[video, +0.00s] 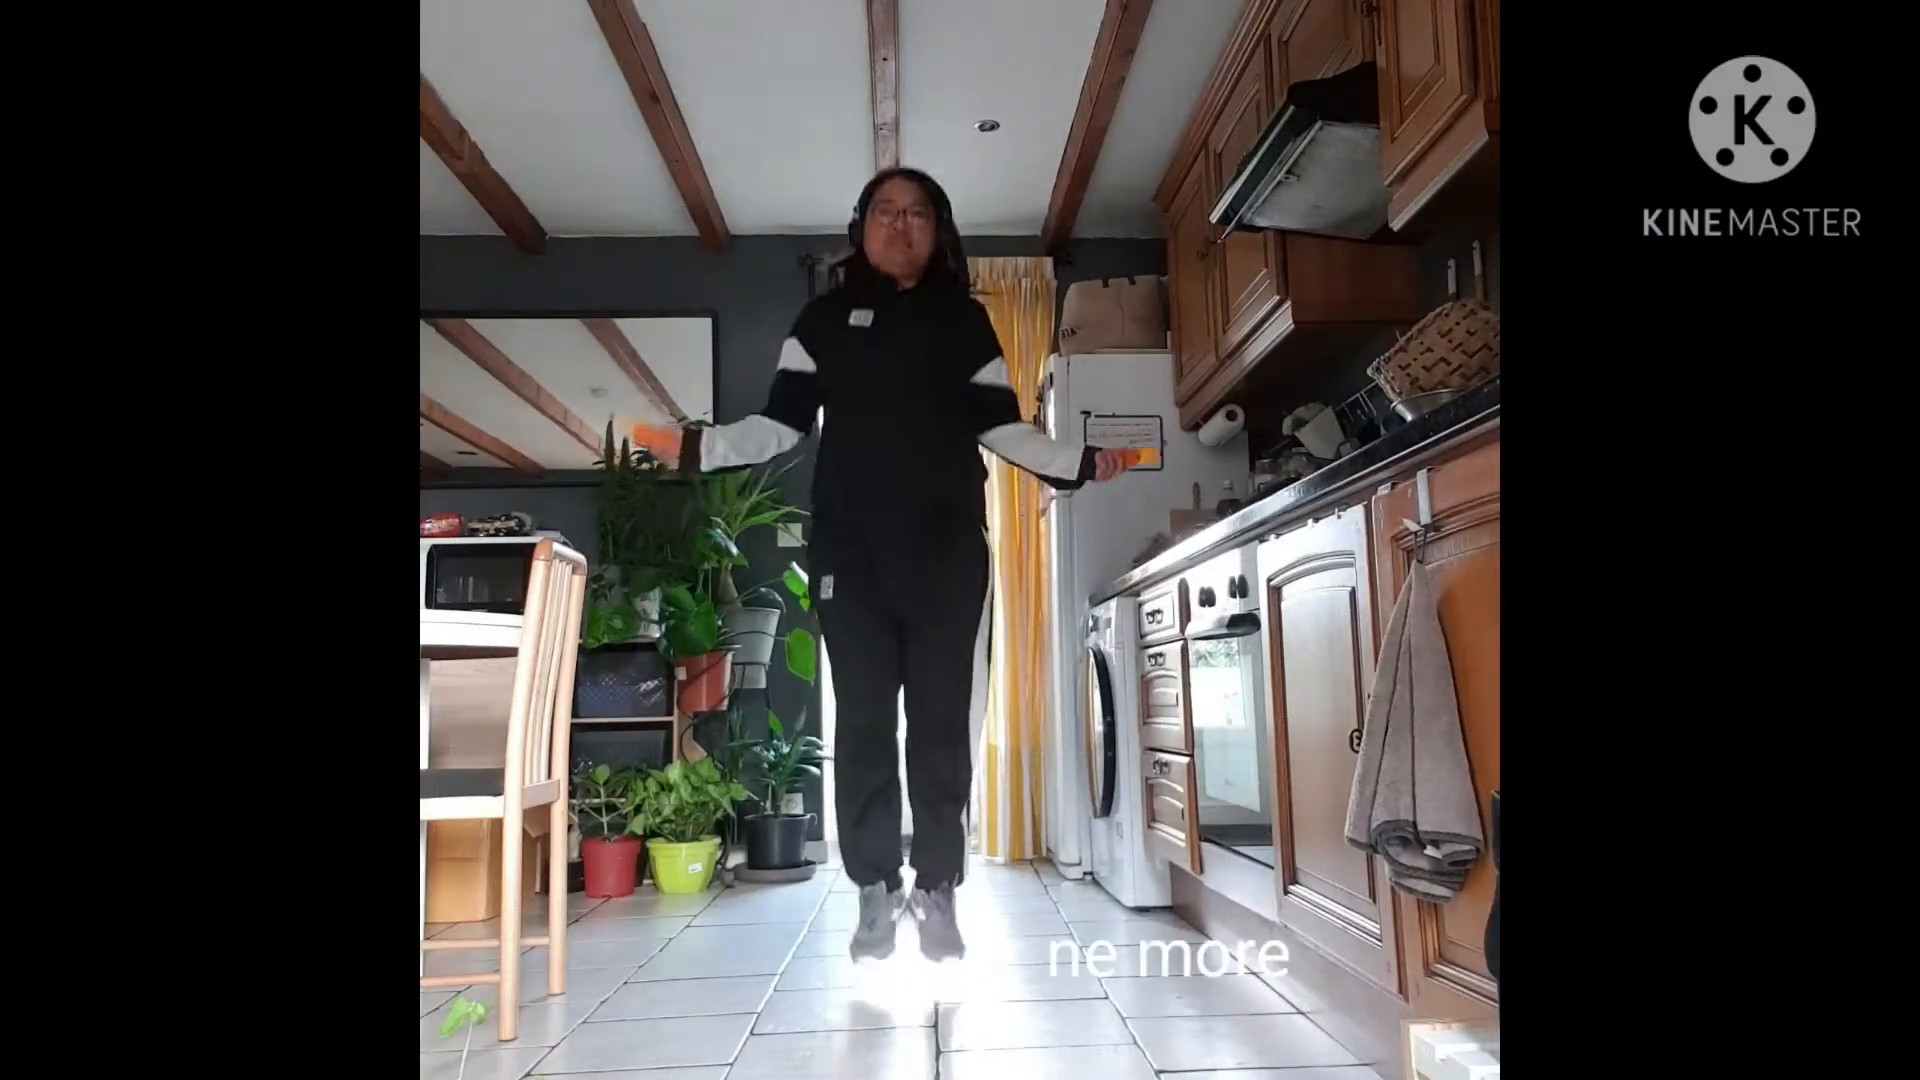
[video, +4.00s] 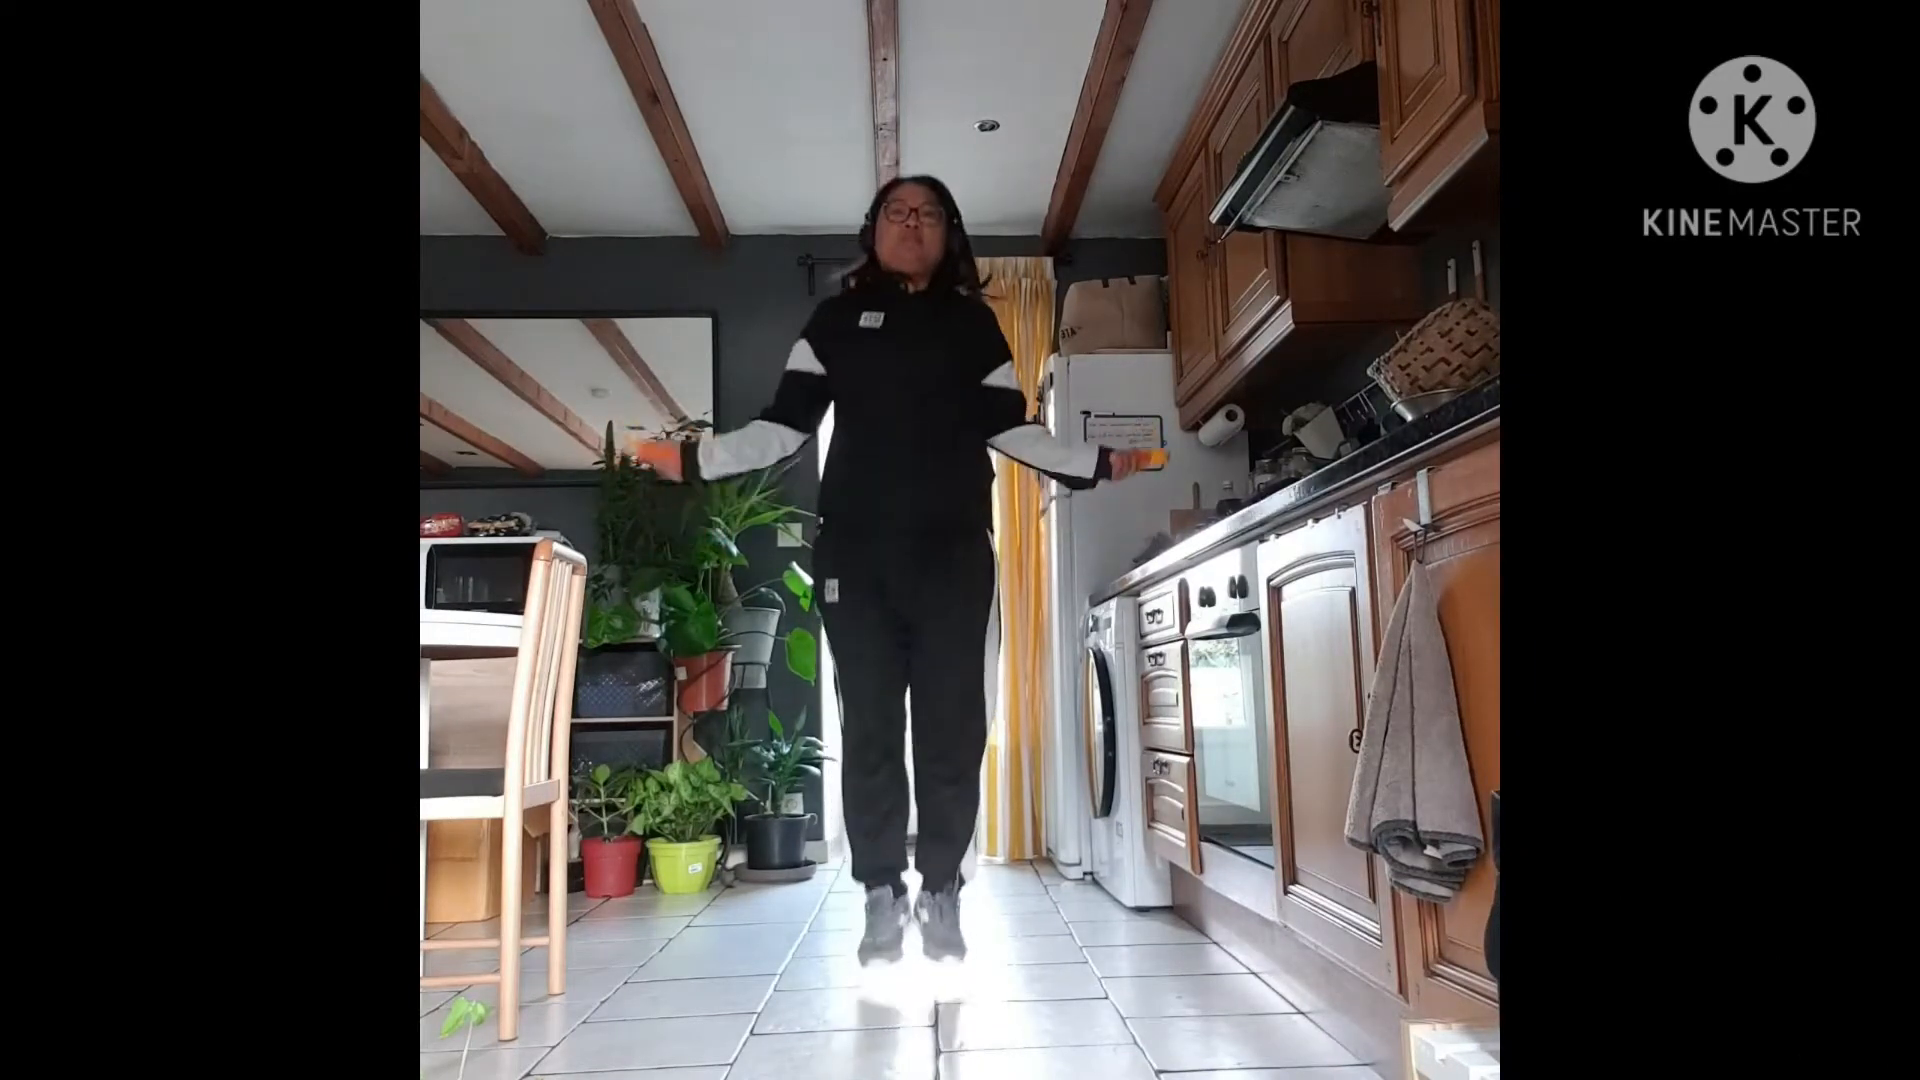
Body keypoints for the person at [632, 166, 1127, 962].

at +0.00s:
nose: (899, 224)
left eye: (915, 213)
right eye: (885, 211)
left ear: (939, 232)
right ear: (860, 229)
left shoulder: (962, 318)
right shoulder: (825, 317)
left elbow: (998, 424)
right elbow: (785, 424)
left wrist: (1068, 464)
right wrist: (706, 443)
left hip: (946, 544)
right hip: (851, 543)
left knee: (941, 720)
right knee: (863, 721)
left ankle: (937, 890)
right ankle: (876, 891)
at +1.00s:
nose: (907, 268)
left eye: (922, 258)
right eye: (893, 257)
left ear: (946, 281)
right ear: (868, 279)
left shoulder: (970, 370)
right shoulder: (833, 367)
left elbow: (1005, 469)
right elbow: (777, 465)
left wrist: (1084, 467)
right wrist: (706, 447)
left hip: (953, 597)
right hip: (857, 595)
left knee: (950, 766)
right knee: (868, 767)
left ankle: (942, 927)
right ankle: (883, 929)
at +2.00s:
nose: (901, 268)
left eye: (918, 257)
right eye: (887, 255)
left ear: (940, 277)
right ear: (865, 273)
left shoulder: (966, 367)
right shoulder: (827, 364)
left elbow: (1002, 473)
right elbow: (786, 466)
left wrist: (1077, 515)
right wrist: (726, 514)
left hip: (948, 593)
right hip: (852, 592)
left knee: (946, 760)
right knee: (864, 761)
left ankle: (937, 920)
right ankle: (880, 920)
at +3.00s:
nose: (902, 211)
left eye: (918, 201)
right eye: (888, 200)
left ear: (943, 225)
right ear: (864, 222)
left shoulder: (965, 311)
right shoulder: (828, 308)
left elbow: (1004, 425)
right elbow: (786, 422)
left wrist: (1074, 487)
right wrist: (705, 481)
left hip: (947, 540)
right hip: (850, 538)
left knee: (949, 713)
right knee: (863, 714)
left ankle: (943, 885)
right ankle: (875, 887)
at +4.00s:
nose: (910, 222)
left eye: (925, 213)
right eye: (895, 213)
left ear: (950, 238)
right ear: (871, 237)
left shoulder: (972, 323)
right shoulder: (836, 319)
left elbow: (1009, 428)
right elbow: (786, 424)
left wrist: (1096, 463)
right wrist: (695, 455)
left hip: (953, 548)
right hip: (858, 547)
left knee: (951, 724)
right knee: (870, 725)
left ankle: (941, 891)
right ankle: (882, 896)